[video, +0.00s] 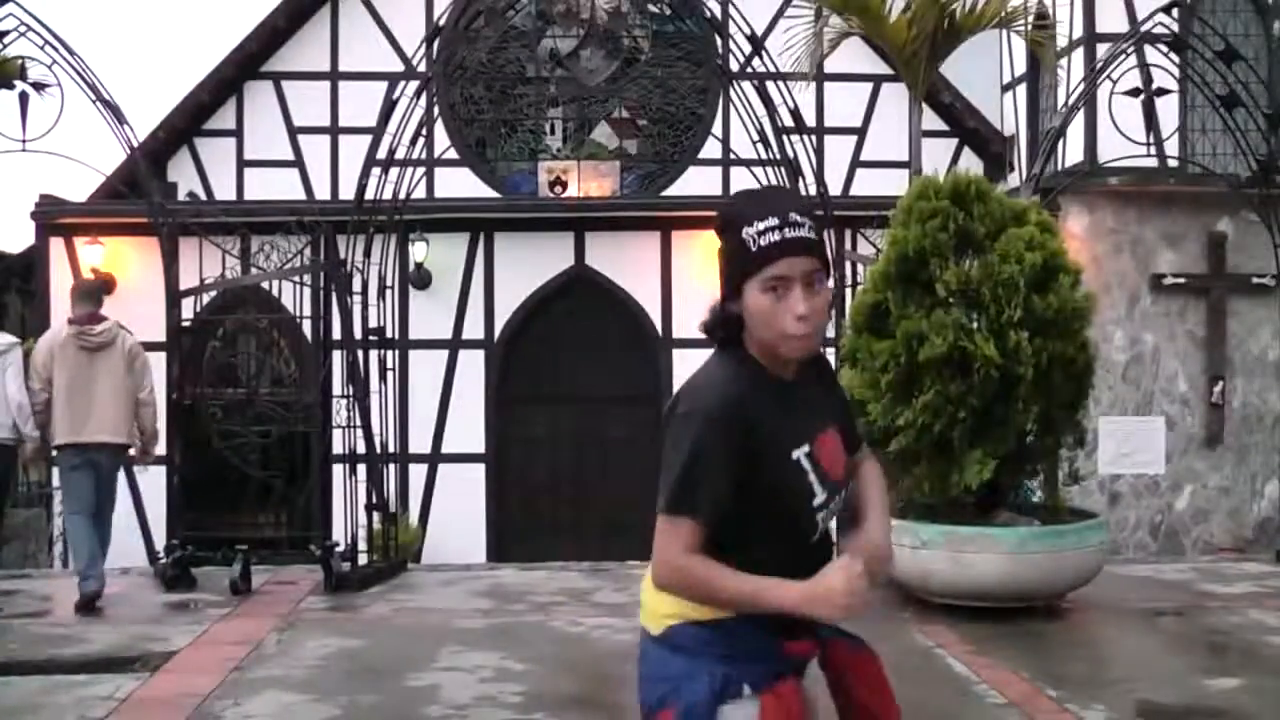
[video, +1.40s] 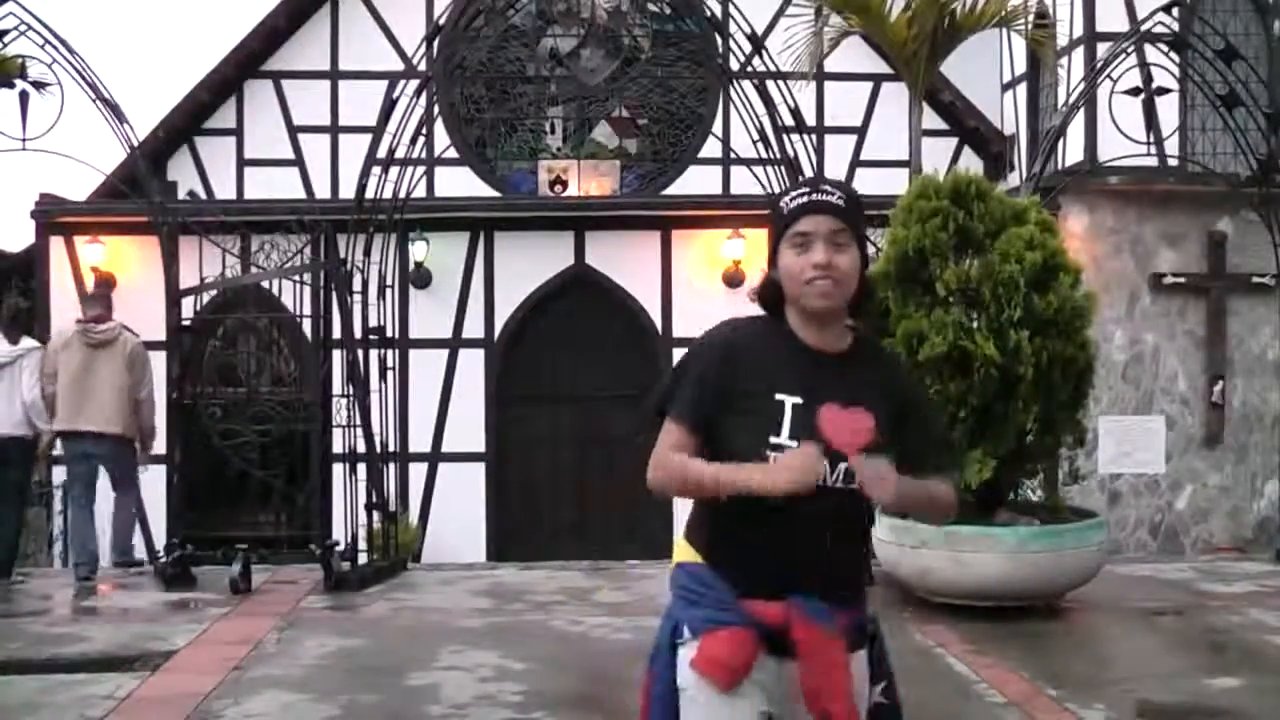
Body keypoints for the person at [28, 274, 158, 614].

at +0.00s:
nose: (78, 310)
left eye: (75, 304)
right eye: (88, 305)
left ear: (72, 303)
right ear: (102, 304)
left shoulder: (51, 342)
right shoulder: (126, 342)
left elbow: (39, 398)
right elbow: (145, 396)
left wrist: (41, 436)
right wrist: (148, 444)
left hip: (71, 438)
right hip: (111, 438)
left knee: (77, 512)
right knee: (102, 514)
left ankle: (89, 584)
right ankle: (91, 583)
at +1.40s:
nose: (98, 316)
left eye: (93, 312)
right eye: (103, 311)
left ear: (83, 311)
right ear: (111, 310)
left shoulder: (60, 343)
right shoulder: (131, 345)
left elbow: (49, 389)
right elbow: (144, 396)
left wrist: (59, 421)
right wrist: (147, 437)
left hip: (74, 432)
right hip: (115, 432)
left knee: (79, 499)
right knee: (126, 491)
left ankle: (83, 566)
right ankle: (122, 552)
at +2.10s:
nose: (146, 318)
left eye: (142, 312)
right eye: (154, 313)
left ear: (133, 312)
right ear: (160, 313)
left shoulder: (109, 342)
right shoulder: (177, 347)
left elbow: (91, 384)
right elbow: (186, 393)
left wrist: (85, 419)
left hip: (120, 428)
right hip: (157, 430)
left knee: (117, 488)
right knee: (157, 492)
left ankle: (98, 548)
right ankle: (149, 555)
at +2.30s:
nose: (148, 316)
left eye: (146, 310)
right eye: (154, 311)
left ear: (139, 311)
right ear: (165, 313)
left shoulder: (115, 343)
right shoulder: (179, 347)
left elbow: (96, 385)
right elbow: (187, 392)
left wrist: (92, 421)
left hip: (123, 426)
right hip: (159, 428)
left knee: (125, 489)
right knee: (159, 492)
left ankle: (119, 551)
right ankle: (150, 553)